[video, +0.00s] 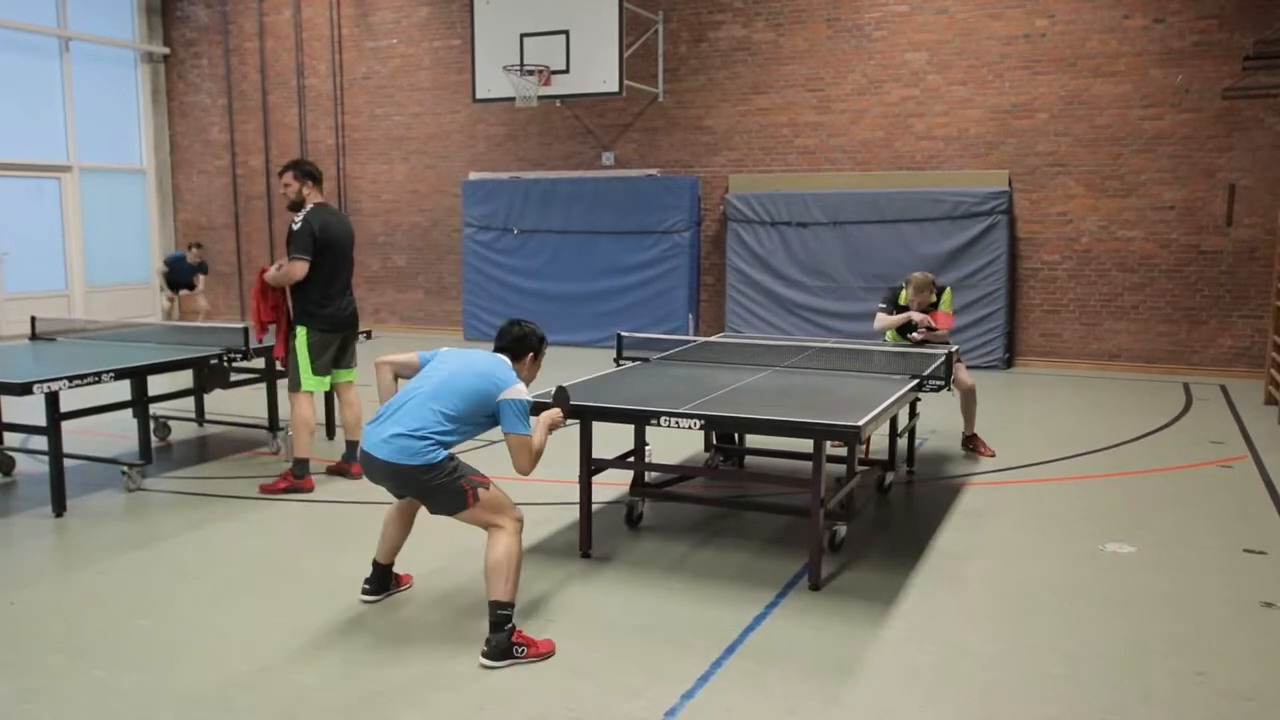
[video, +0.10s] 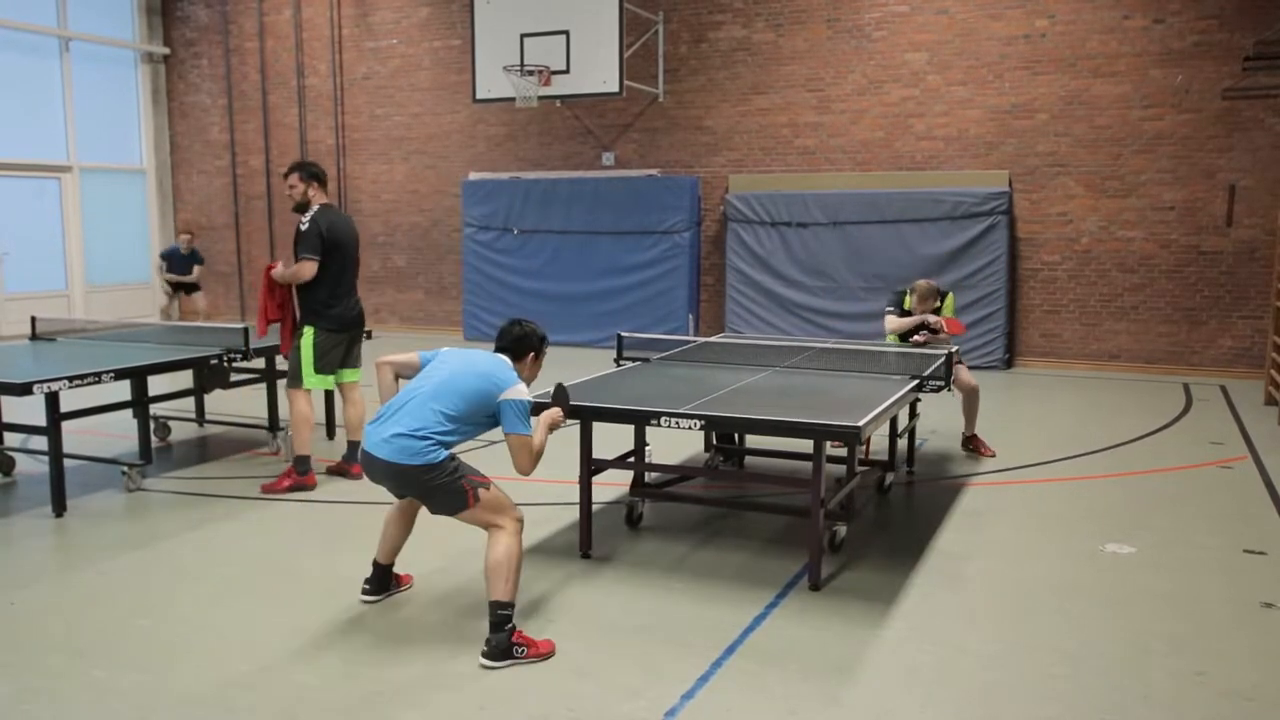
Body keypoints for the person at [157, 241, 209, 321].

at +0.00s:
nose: (197, 260)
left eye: (199, 257)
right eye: (195, 256)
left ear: (202, 256)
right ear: (188, 253)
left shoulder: (201, 266)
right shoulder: (175, 259)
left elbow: (201, 287)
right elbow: (159, 272)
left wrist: (188, 292)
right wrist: (167, 291)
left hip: (188, 285)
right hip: (171, 285)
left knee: (204, 307)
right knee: (167, 307)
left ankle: (198, 330)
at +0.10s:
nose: (185, 246)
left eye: (188, 243)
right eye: (183, 243)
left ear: (192, 243)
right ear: (179, 243)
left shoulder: (196, 255)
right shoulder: (170, 253)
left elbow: (195, 277)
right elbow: (159, 270)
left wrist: (174, 278)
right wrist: (163, 284)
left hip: (189, 283)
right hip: (173, 283)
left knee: (202, 307)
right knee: (165, 308)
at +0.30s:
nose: (157, 229)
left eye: (160, 225)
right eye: (156, 225)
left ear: (167, 226)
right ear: (154, 227)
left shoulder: (178, 244)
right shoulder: (152, 241)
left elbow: (185, 266)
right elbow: (151, 258)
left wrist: (166, 274)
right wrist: (152, 273)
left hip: (181, 275)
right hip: (164, 276)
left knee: (189, 309)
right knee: (161, 308)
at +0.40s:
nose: (146, 224)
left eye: (149, 221)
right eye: (144, 221)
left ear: (156, 222)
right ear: (143, 223)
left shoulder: (168, 240)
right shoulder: (144, 239)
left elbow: (180, 259)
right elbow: (145, 256)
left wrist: (168, 275)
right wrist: (144, 274)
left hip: (174, 276)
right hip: (158, 276)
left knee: (177, 309)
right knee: (158, 310)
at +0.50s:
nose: (137, 221)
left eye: (140, 217)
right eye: (136, 218)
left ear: (148, 218)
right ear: (134, 219)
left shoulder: (162, 236)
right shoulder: (137, 236)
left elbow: (175, 255)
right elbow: (138, 252)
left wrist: (169, 273)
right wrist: (136, 270)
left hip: (166, 271)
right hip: (151, 273)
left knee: (169, 309)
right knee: (156, 310)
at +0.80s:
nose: (112, 223)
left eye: (115, 220)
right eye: (111, 220)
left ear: (124, 222)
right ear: (110, 222)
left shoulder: (136, 241)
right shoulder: (114, 241)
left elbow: (151, 260)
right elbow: (114, 257)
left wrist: (147, 276)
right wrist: (108, 268)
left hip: (139, 278)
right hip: (125, 279)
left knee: (132, 314)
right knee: (140, 316)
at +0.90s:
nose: (101, 222)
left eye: (104, 218)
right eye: (100, 218)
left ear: (114, 219)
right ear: (99, 220)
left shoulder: (125, 240)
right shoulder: (105, 238)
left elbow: (135, 259)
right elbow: (106, 258)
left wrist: (128, 272)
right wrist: (97, 271)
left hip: (128, 278)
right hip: (115, 279)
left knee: (121, 316)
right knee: (117, 317)